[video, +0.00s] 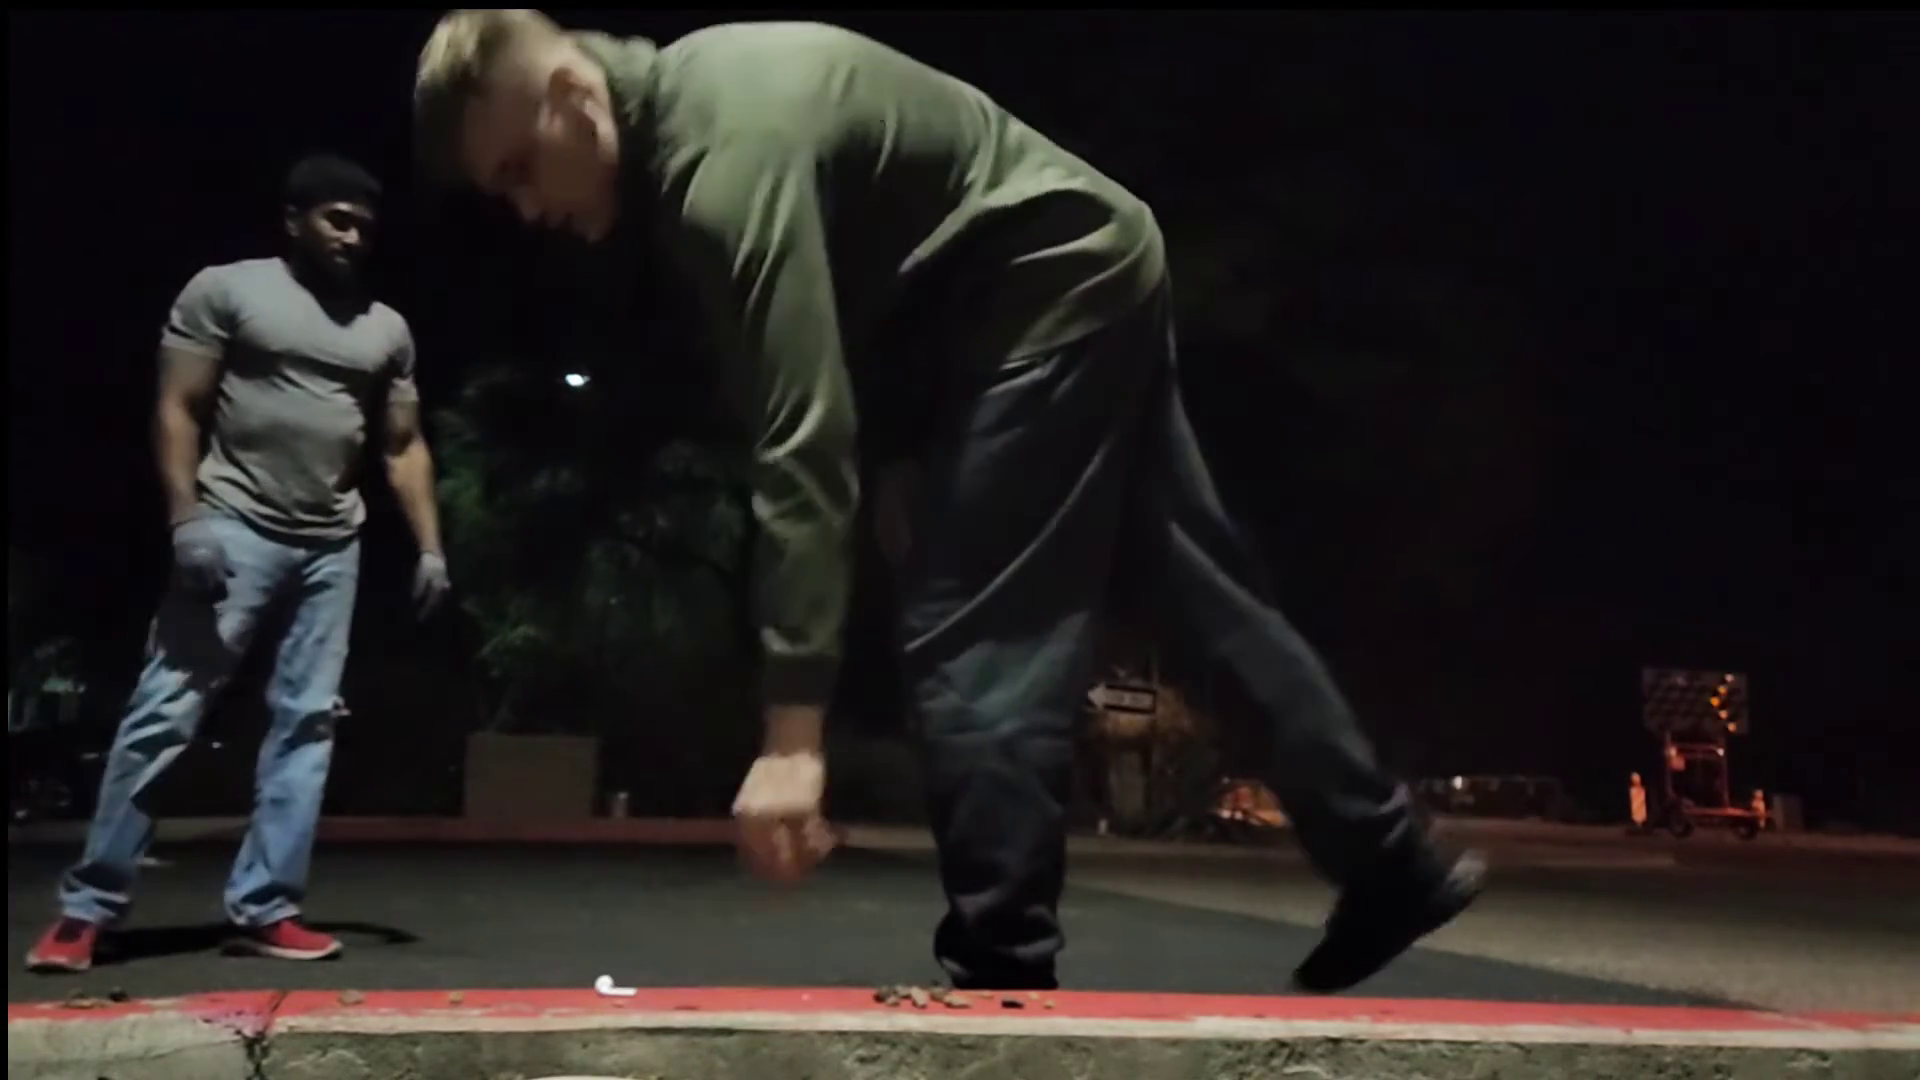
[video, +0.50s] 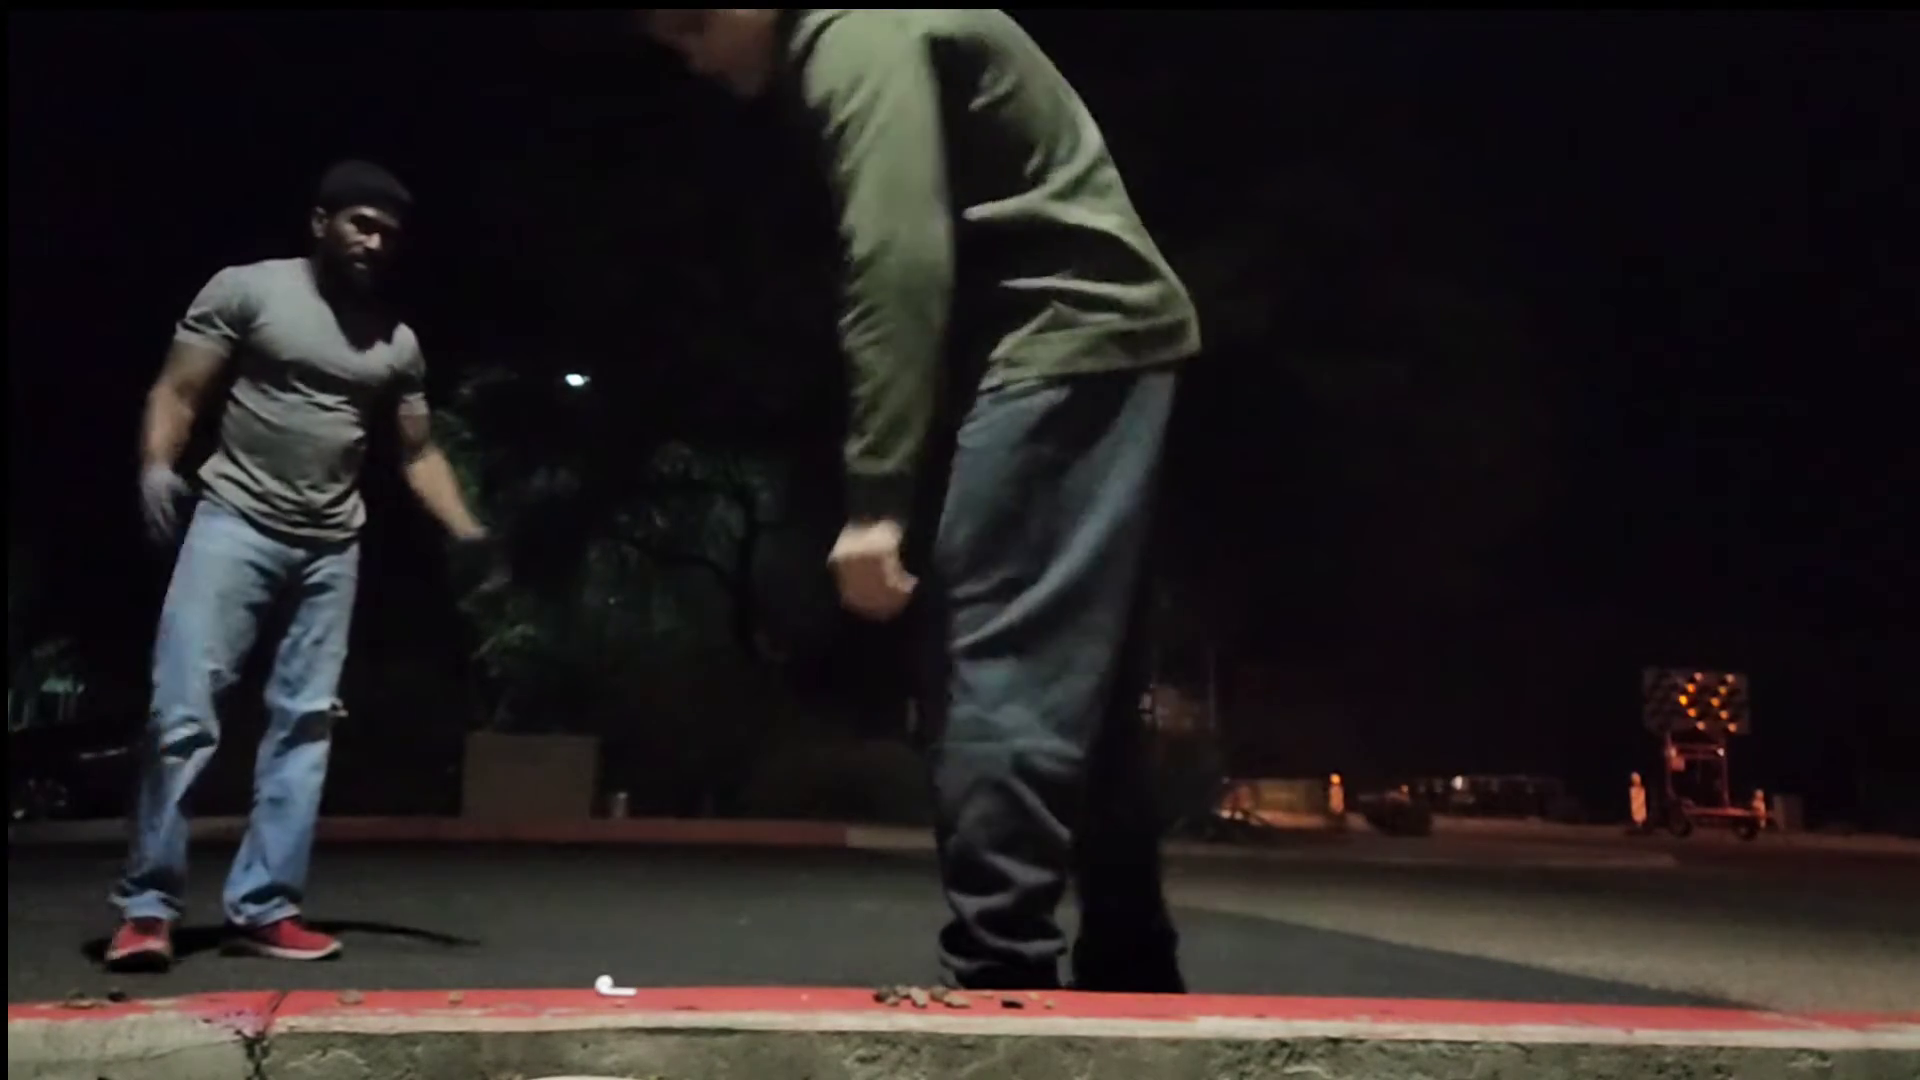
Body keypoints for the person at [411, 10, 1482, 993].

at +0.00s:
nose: (523, 210)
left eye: (515, 174)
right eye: (500, 192)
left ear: (576, 100)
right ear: (575, 97)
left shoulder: (732, 155)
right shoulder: (689, 100)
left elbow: (804, 449)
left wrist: (790, 739)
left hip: (1050, 292)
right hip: (1088, 266)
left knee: (973, 631)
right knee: (1191, 588)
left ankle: (1002, 954)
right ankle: (1389, 859)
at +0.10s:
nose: (540, 165)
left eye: (531, 125)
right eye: (517, 145)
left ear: (594, 54)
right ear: (591, 55)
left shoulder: (746, 118)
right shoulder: (715, 76)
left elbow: (820, 406)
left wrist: (813, 700)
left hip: (1058, 294)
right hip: (1090, 274)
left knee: (966, 632)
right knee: (1182, 614)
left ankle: (999, 962)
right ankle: (1343, 906)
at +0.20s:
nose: (564, 121)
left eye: (560, 82)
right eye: (541, 104)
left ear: (623, 24)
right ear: (628, 27)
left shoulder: (764, 91)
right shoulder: (747, 68)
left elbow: (840, 361)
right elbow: (830, 358)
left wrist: (826, 637)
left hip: (1059, 297)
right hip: (1105, 279)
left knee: (961, 637)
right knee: (1160, 629)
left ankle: (1001, 962)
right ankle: (1281, 933)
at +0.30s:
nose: (596, 90)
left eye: (593, 54)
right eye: (575, 73)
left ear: (655, 9)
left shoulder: (787, 70)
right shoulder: (774, 66)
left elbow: (848, 326)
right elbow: (832, 329)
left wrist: (836, 599)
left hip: (1057, 307)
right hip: (1108, 293)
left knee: (964, 639)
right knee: (1142, 639)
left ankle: (1003, 972)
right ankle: (1215, 956)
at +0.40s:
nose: (645, 77)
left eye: (641, 44)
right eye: (627, 59)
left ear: (699, 6)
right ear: (706, 14)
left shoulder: (822, 50)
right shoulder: (817, 45)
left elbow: (867, 289)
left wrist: (848, 544)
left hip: (1060, 318)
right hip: (1112, 306)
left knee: (969, 636)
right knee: (1098, 643)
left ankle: (1002, 967)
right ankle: (1163, 953)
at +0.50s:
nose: (695, 66)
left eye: (687, 38)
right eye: (680, 49)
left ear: (738, 5)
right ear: (737, 15)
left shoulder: (861, 36)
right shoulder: (858, 38)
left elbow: (901, 257)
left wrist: (875, 501)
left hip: (1069, 339)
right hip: (1105, 335)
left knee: (998, 648)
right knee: (1071, 664)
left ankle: (1000, 967)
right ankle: (1130, 974)